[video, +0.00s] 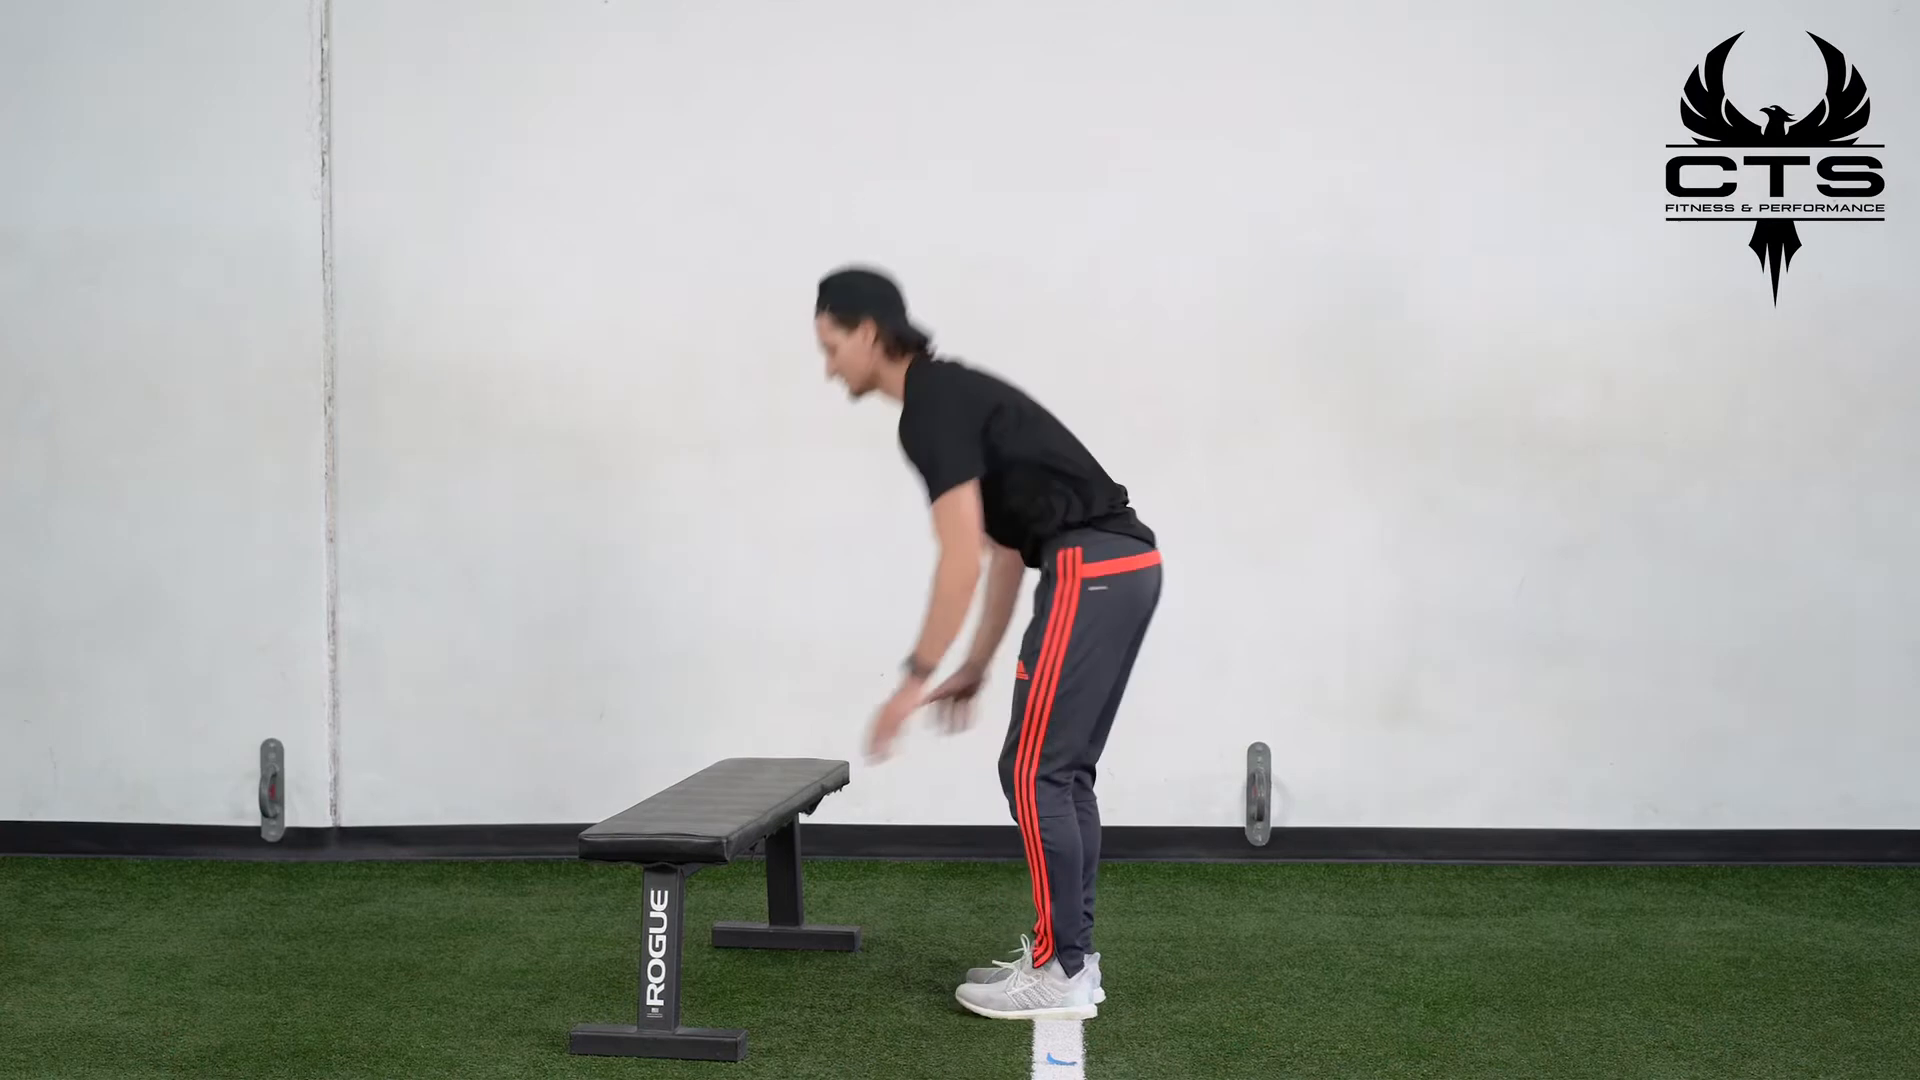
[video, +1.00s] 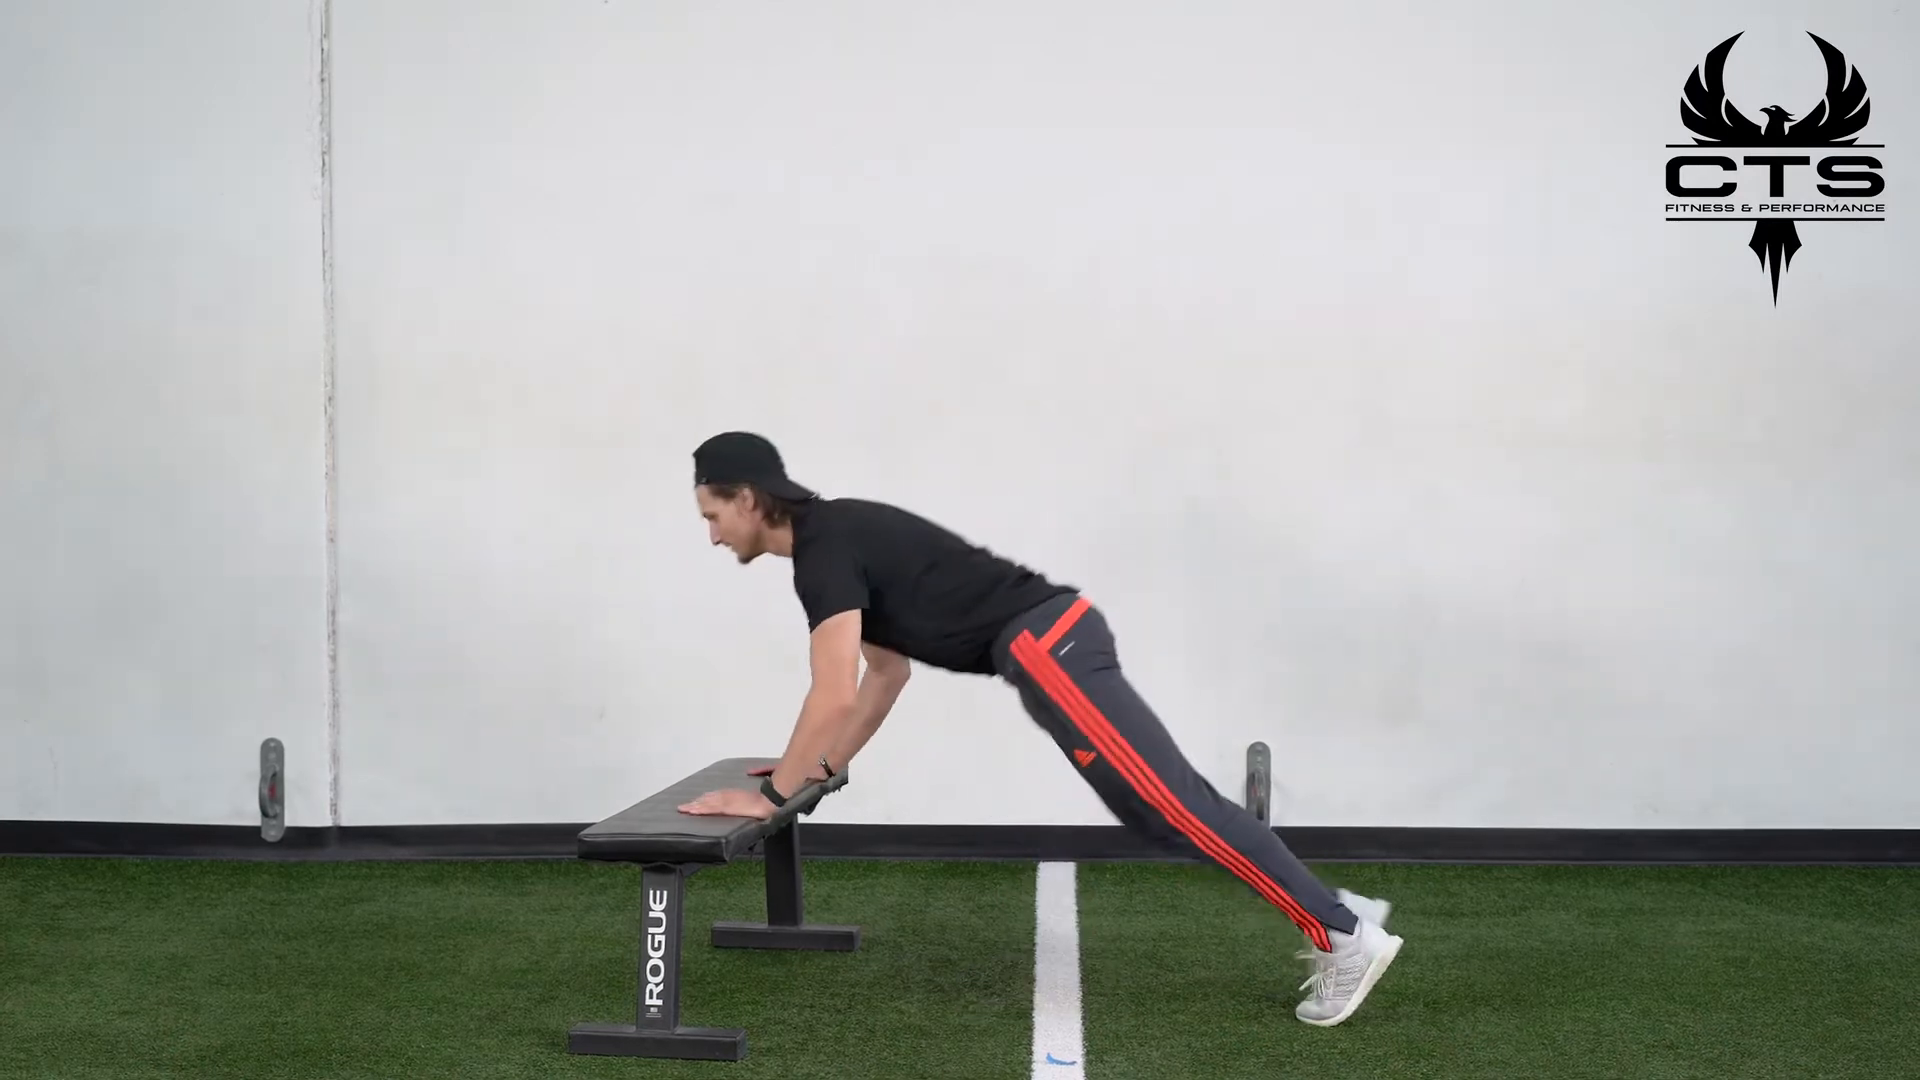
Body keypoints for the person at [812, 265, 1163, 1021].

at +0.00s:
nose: (825, 361)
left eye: (829, 342)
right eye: (822, 344)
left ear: (871, 332)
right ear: (882, 334)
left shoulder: (932, 404)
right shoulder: (960, 392)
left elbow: (964, 553)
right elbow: (1006, 551)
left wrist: (914, 678)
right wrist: (975, 665)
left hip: (1090, 566)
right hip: (1116, 562)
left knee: (1032, 769)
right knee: (1065, 771)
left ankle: (1063, 969)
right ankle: (1068, 958)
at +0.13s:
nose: (801, 446)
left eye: (804, 426)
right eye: (797, 430)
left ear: (846, 414)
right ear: (859, 415)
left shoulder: (907, 479)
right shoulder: (937, 466)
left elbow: (890, 638)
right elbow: (943, 627)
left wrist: (817, 742)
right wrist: (872, 721)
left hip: (1105, 579)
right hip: (1132, 572)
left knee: (1017, 769)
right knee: (1059, 774)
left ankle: (1059, 967)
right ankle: (1068, 958)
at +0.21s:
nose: (787, 490)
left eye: (789, 472)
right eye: (783, 475)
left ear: (830, 458)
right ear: (838, 457)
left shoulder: (894, 514)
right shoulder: (924, 503)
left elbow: (857, 671)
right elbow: (902, 657)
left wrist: (788, 776)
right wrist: (820, 756)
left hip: (1105, 588)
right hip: (1125, 581)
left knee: (1004, 767)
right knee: (1045, 770)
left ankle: (1094, 949)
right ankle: (1062, 951)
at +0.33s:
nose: (757, 528)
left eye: (760, 510)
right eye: (753, 512)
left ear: (800, 495)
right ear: (808, 491)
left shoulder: (870, 536)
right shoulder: (895, 528)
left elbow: (852, 687)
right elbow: (894, 673)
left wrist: (785, 797)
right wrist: (820, 762)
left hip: (1090, 593)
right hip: (1076, 594)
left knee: (1045, 794)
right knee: (1011, 763)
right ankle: (1058, 954)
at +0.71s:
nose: (747, 527)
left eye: (749, 510)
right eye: (742, 513)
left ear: (792, 494)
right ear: (793, 495)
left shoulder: (856, 531)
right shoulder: (885, 536)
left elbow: (822, 676)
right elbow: (887, 670)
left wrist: (766, 791)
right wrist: (828, 763)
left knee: (1188, 793)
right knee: (981, 755)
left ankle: (1348, 941)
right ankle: (1069, 926)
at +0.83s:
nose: (738, 529)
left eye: (741, 512)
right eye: (734, 514)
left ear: (785, 497)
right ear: (784, 496)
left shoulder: (849, 536)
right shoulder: (867, 535)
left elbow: (828, 680)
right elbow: (885, 668)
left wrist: (771, 796)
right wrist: (832, 759)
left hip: (1081, 611)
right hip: (1059, 623)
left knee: (1189, 791)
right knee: (1030, 792)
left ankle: (1348, 940)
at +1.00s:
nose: (709, 529)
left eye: (712, 512)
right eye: (705, 513)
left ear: (755, 498)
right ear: (765, 496)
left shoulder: (824, 547)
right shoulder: (842, 535)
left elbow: (831, 690)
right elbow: (881, 678)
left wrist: (769, 797)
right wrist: (819, 768)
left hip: (1045, 641)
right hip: (1046, 637)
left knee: (1171, 806)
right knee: (1161, 808)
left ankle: (1348, 939)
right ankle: (1345, 918)